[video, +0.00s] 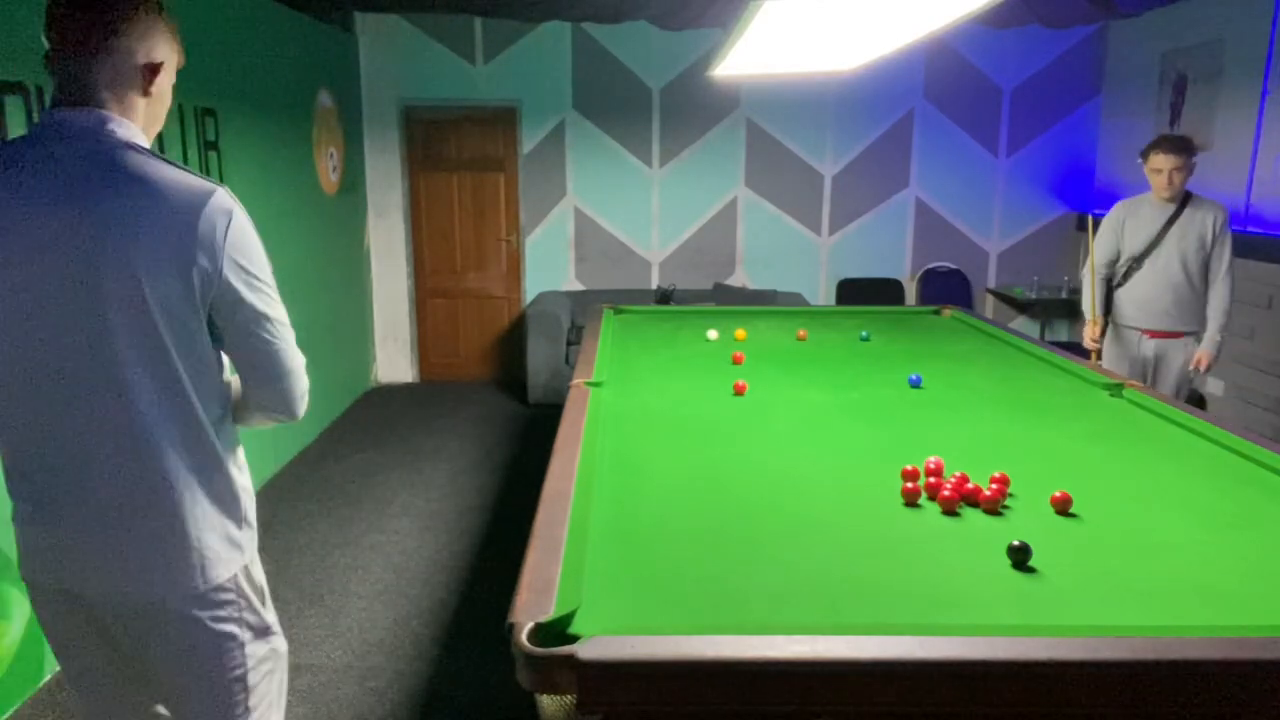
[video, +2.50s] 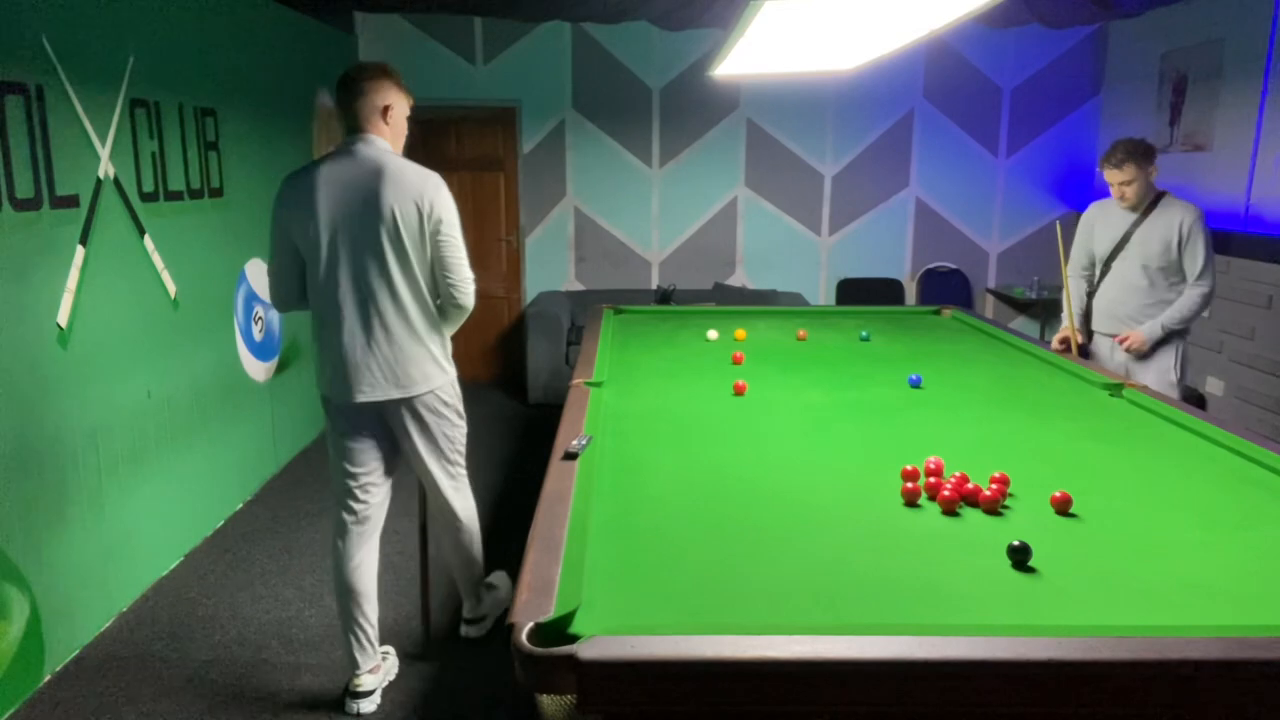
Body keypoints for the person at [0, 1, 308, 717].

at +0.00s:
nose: (170, 99)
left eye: (171, 79)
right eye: (172, 79)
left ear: (55, 71)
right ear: (154, 76)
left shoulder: (4, 182)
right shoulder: (198, 208)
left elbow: (14, 367)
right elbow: (283, 394)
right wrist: (204, 398)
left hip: (55, 563)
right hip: (190, 568)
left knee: (109, 711)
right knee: (237, 708)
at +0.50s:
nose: (269, 121)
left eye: (274, 106)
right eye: (271, 105)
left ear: (174, 91)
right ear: (243, 97)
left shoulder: (68, 198)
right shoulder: (279, 208)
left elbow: (35, 368)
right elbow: (331, 379)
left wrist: (131, 339)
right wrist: (309, 446)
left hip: (144, 503)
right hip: (271, 497)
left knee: (166, 694)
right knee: (361, 657)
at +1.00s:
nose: (434, 127)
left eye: (437, 114)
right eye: (436, 113)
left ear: (357, 98)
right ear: (415, 108)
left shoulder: (269, 176)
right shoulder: (442, 201)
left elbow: (222, 317)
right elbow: (489, 331)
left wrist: (276, 300)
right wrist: (531, 411)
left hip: (304, 444)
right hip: (407, 447)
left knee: (272, 636)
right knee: (433, 631)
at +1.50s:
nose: (494, 130)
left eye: (495, 120)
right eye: (495, 120)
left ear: (421, 104)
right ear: (482, 117)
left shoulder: (345, 170)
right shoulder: (496, 199)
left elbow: (301, 293)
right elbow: (518, 323)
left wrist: (361, 275)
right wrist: (551, 410)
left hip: (357, 411)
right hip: (449, 420)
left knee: (342, 567)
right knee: (446, 578)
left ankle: (319, 709)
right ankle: (445, 712)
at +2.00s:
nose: (408, 122)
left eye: (406, 111)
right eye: (406, 110)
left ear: (340, 108)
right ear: (393, 110)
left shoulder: (292, 185)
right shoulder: (417, 189)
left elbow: (287, 291)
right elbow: (460, 306)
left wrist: (348, 283)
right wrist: (419, 325)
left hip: (341, 399)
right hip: (416, 399)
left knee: (359, 539)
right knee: (453, 536)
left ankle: (367, 675)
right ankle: (442, 700)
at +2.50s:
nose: (407, 128)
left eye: (406, 117)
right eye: (404, 117)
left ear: (345, 116)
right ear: (387, 116)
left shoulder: (297, 188)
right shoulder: (423, 186)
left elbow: (282, 291)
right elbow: (460, 292)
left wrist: (344, 287)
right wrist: (430, 329)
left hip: (344, 380)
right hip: (419, 375)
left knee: (357, 513)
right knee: (451, 489)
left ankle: (365, 668)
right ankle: (478, 601)